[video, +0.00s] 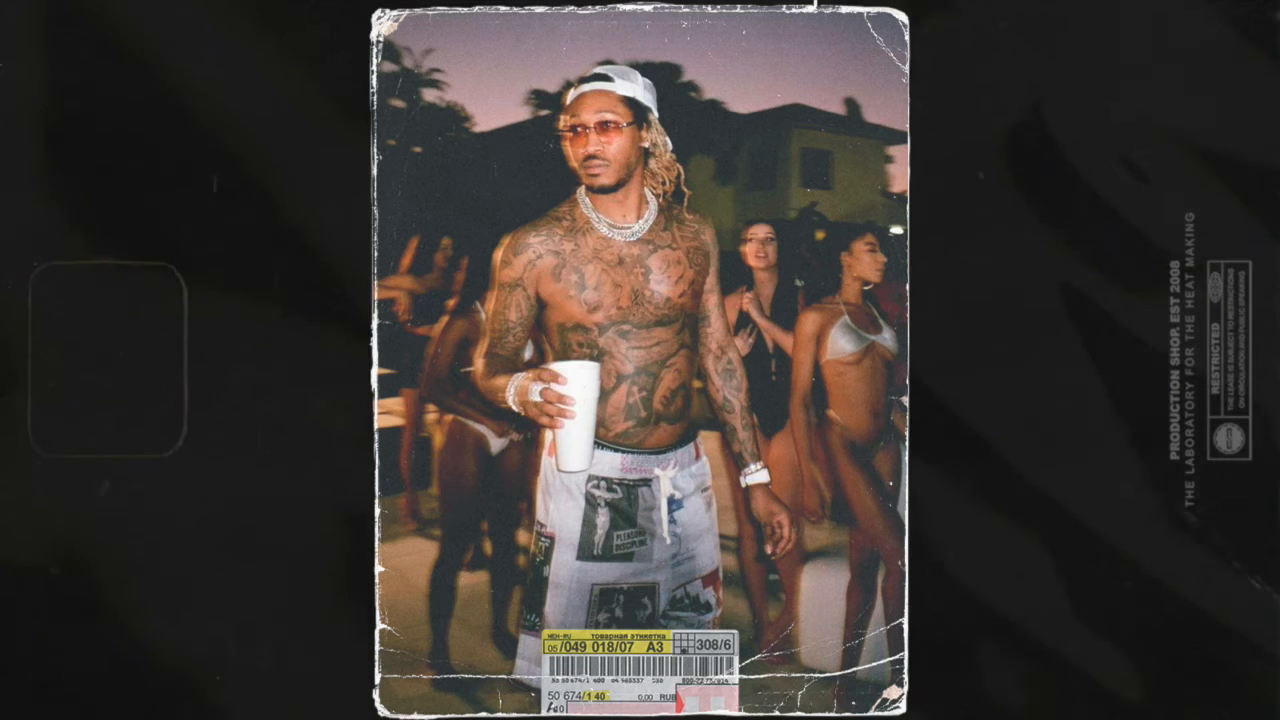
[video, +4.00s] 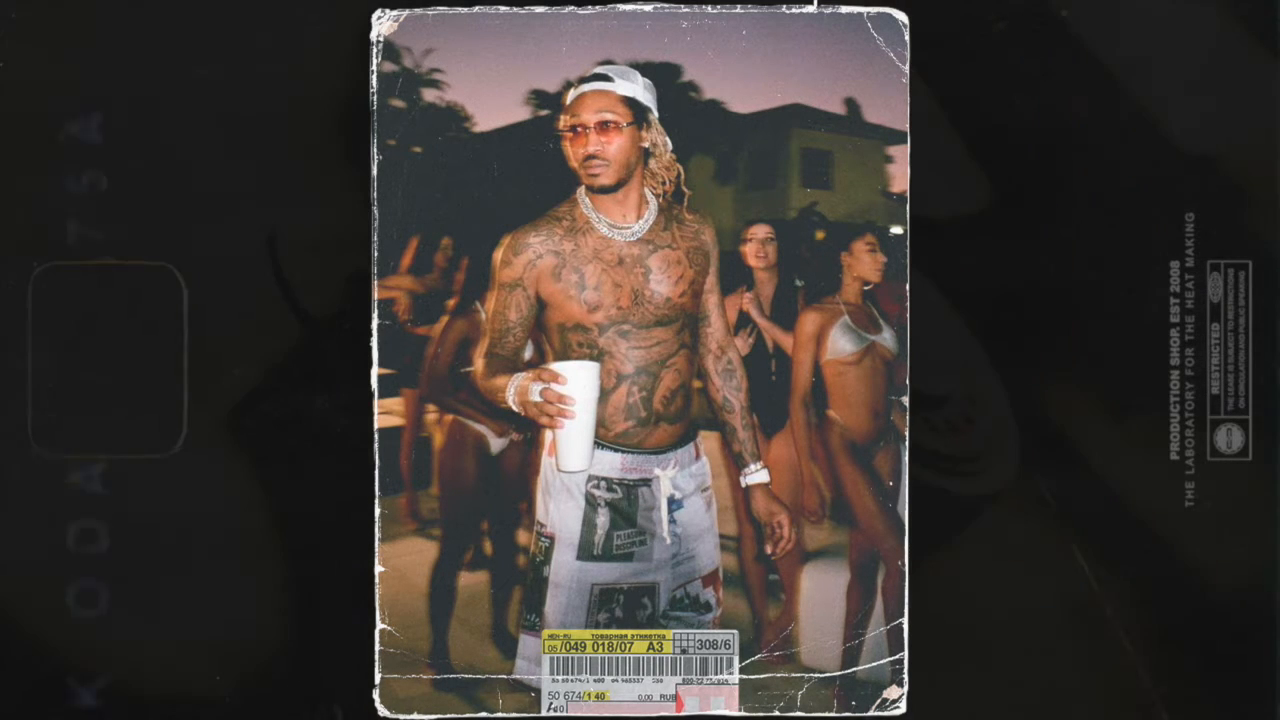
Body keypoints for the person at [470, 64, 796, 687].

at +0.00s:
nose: (590, 143)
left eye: (608, 126)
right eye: (576, 130)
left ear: (646, 139)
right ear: (565, 144)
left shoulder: (694, 237)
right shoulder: (532, 248)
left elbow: (720, 359)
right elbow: (492, 365)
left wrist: (756, 481)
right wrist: (516, 389)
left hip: (681, 477)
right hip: (583, 482)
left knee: (688, 663)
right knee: (574, 668)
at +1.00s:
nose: (590, 143)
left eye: (608, 126)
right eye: (576, 130)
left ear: (646, 138)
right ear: (565, 144)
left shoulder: (693, 236)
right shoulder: (532, 248)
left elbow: (720, 358)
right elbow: (491, 365)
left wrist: (756, 481)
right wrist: (516, 389)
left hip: (681, 477)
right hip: (582, 481)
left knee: (689, 662)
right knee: (574, 666)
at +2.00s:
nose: (590, 143)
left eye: (608, 126)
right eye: (576, 130)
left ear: (646, 138)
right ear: (565, 144)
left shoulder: (693, 235)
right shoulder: (532, 248)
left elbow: (720, 358)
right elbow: (491, 365)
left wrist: (756, 482)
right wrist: (516, 389)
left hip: (681, 477)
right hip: (583, 482)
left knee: (690, 664)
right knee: (574, 670)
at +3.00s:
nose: (590, 143)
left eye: (608, 126)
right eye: (576, 130)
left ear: (646, 139)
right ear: (565, 144)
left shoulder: (693, 235)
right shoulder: (533, 248)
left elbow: (720, 358)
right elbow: (491, 365)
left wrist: (756, 482)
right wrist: (517, 389)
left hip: (681, 476)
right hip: (583, 481)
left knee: (689, 661)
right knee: (574, 667)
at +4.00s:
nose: (589, 143)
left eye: (608, 126)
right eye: (576, 130)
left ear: (646, 138)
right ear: (565, 144)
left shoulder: (693, 235)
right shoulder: (532, 248)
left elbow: (720, 358)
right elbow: (491, 366)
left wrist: (756, 482)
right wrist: (516, 389)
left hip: (681, 477)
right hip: (583, 482)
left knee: (690, 664)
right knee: (574, 669)